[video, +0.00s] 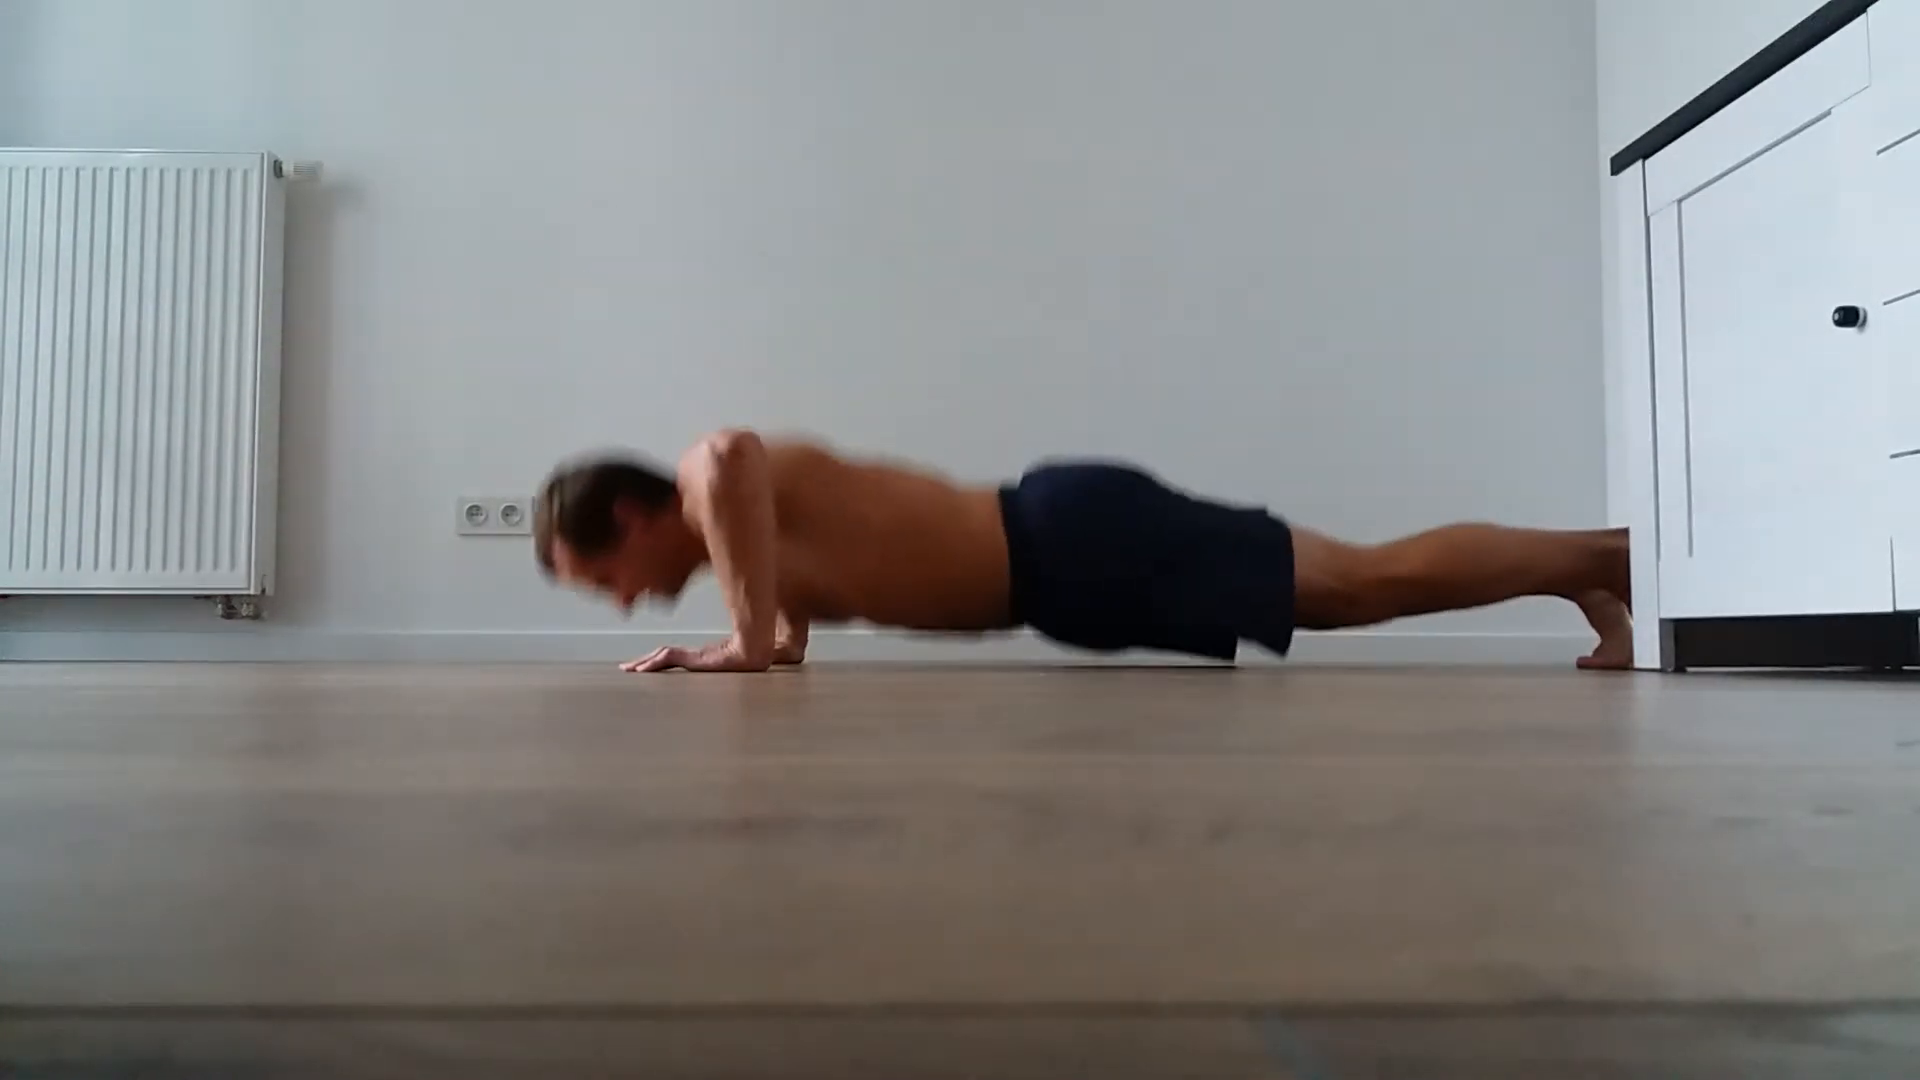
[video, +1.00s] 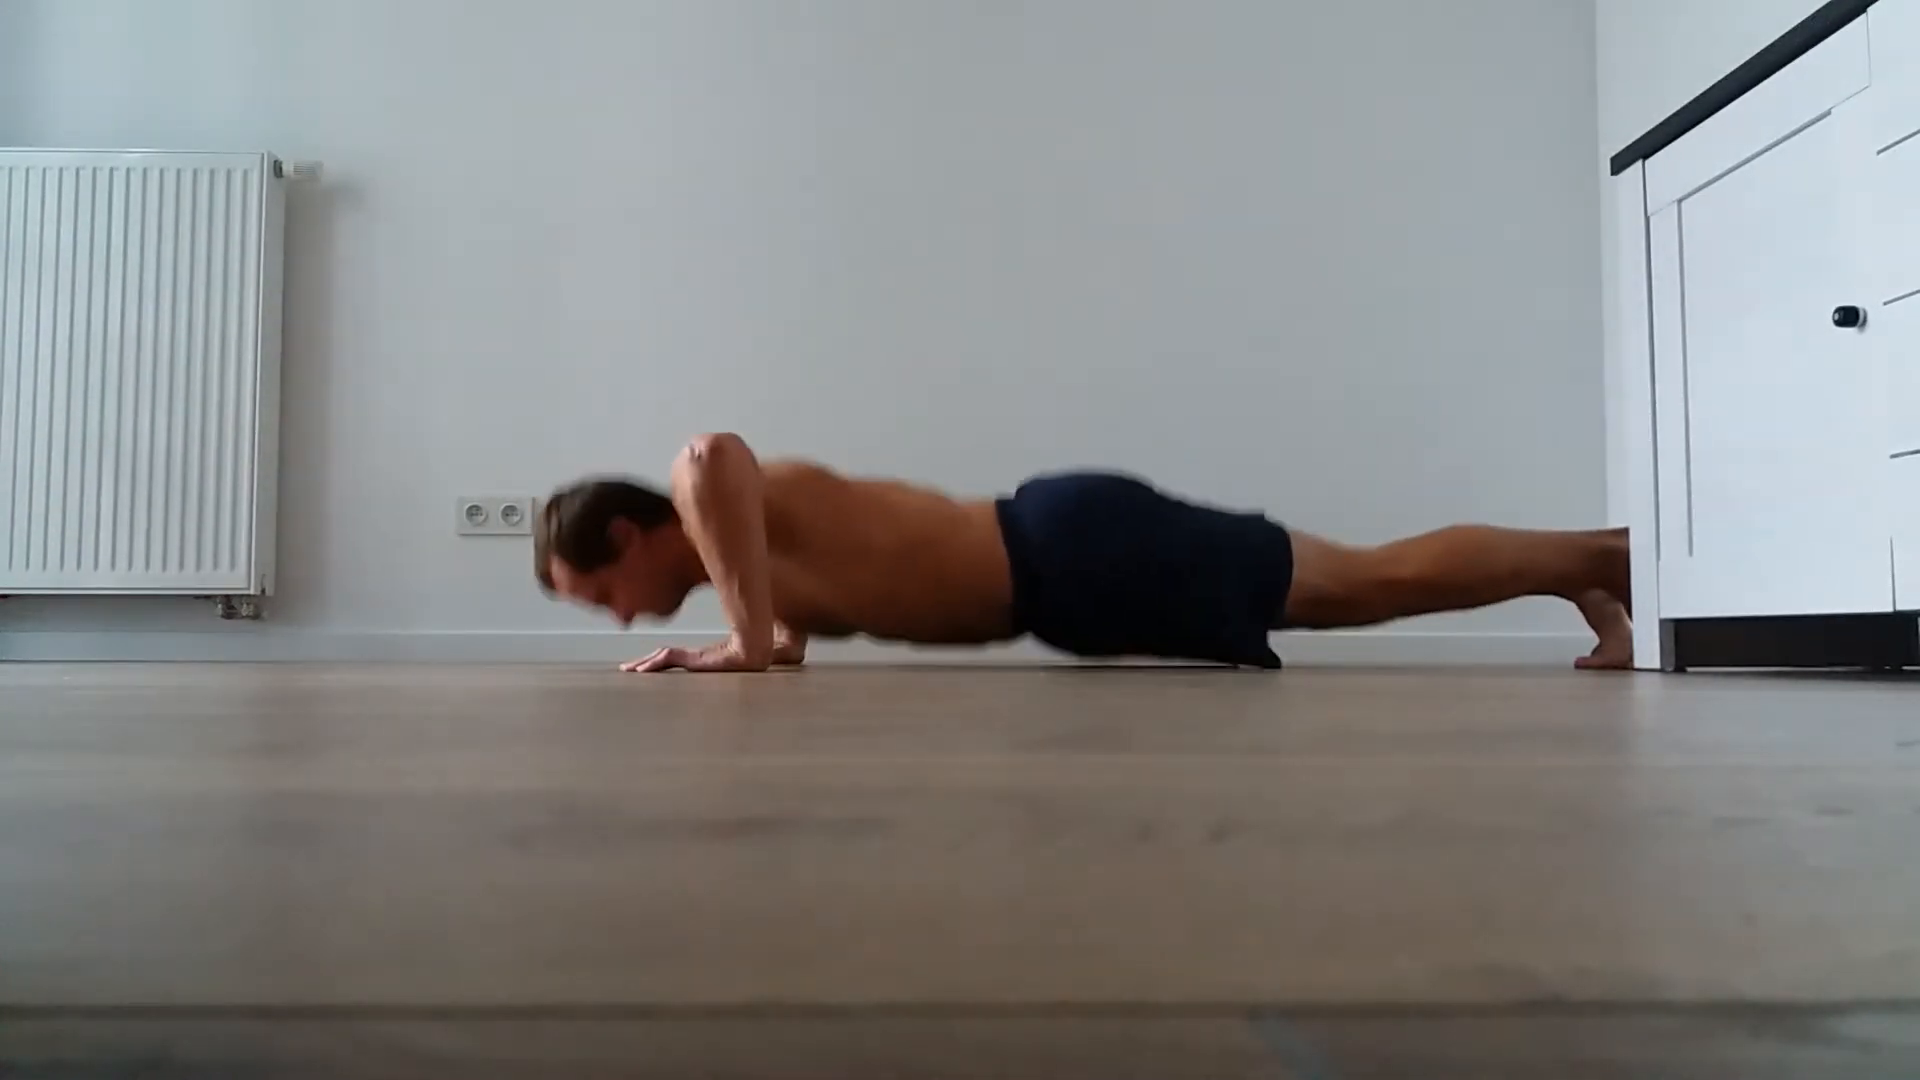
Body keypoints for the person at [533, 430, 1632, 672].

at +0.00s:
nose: (618, 600)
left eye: (603, 582)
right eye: (601, 589)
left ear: (626, 531)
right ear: (633, 533)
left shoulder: (717, 482)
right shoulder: (733, 509)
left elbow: (729, 465)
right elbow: (796, 596)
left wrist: (766, 637)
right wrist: (734, 647)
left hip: (1068, 547)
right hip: (1056, 549)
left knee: (1362, 584)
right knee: (1355, 576)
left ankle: (1594, 563)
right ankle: (1588, 564)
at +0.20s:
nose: (622, 609)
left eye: (608, 590)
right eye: (603, 599)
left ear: (630, 541)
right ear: (632, 546)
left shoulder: (723, 502)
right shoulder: (734, 516)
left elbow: (709, 462)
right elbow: (798, 610)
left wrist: (765, 637)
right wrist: (736, 647)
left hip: (1064, 542)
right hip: (1054, 544)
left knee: (1357, 575)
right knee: (1352, 572)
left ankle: (1593, 559)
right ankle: (1587, 560)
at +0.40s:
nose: (639, 416)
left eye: (625, 396)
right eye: (625, 406)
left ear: (652, 349)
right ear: (663, 349)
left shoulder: (749, 344)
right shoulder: (762, 358)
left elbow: (738, 484)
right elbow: (781, 502)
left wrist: (753, 640)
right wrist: (786, 644)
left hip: (1089, 419)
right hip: (1084, 415)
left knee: (1363, 510)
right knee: (1359, 503)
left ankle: (1597, 553)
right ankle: (1588, 552)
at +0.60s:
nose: (648, 371)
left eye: (632, 348)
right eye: (633, 358)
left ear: (658, 296)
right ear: (666, 298)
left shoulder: (769, 291)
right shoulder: (775, 311)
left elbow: (757, 468)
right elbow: (791, 489)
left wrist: (755, 640)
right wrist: (786, 636)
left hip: (1092, 414)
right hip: (1084, 413)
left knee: (1359, 518)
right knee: (1353, 515)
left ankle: (1596, 558)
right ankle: (1588, 559)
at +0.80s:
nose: (625, 576)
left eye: (609, 560)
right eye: (608, 568)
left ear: (623, 506)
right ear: (631, 512)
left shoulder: (720, 462)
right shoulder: (733, 475)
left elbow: (734, 469)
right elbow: (790, 620)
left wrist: (751, 639)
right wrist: (741, 643)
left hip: (1068, 530)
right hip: (1057, 532)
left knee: (1358, 576)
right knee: (1352, 570)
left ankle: (1595, 563)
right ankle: (1589, 564)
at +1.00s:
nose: (621, 617)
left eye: (606, 600)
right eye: (600, 608)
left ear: (627, 548)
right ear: (632, 547)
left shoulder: (724, 511)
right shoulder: (734, 522)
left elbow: (708, 463)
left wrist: (766, 640)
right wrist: (737, 644)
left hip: (1069, 556)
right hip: (1053, 554)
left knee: (1363, 584)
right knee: (1354, 578)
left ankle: (1595, 563)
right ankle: (1588, 565)